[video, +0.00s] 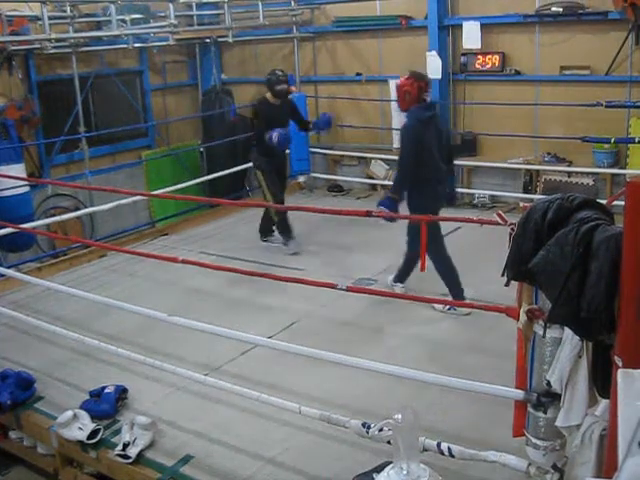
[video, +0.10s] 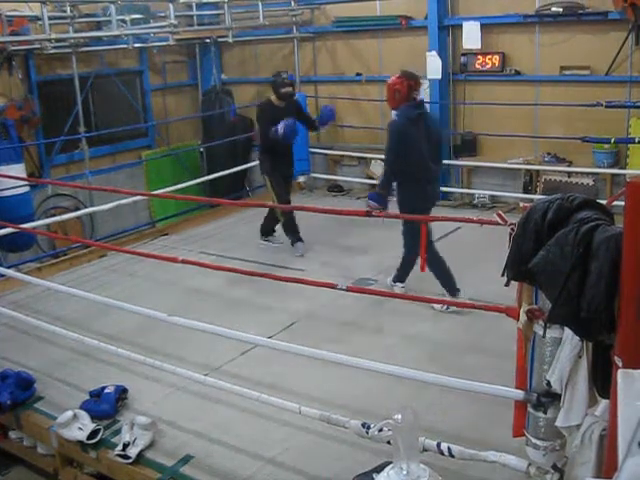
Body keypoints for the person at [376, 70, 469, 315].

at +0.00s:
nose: (398, 98)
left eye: (402, 93)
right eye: (399, 93)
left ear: (412, 96)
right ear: (421, 95)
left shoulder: (412, 125)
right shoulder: (434, 119)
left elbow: (405, 166)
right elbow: (447, 154)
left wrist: (392, 198)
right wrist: (449, 188)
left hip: (420, 192)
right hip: (435, 190)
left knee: (433, 245)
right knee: (416, 238)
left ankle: (458, 298)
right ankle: (398, 280)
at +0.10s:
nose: (387, 97)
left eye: (391, 92)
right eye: (388, 92)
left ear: (400, 94)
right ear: (411, 94)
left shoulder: (398, 124)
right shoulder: (426, 117)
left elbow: (391, 165)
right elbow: (437, 149)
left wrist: (380, 196)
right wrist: (432, 177)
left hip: (410, 190)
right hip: (428, 187)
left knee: (423, 243)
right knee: (411, 238)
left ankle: (454, 293)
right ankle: (398, 281)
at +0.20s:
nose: (378, 98)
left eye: (380, 93)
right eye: (378, 93)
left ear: (389, 94)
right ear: (403, 93)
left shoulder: (385, 123)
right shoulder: (422, 119)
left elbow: (379, 162)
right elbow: (426, 154)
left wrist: (368, 187)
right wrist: (416, 176)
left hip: (399, 187)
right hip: (422, 184)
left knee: (403, 242)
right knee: (412, 236)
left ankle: (440, 281)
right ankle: (397, 282)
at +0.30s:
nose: (368, 100)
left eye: (370, 95)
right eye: (369, 95)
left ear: (378, 96)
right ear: (394, 94)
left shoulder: (376, 123)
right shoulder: (413, 119)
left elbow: (367, 159)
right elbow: (417, 155)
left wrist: (357, 186)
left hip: (392, 187)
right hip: (416, 186)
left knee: (383, 238)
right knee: (408, 236)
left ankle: (419, 272)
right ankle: (398, 281)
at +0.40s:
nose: (359, 99)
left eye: (361, 95)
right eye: (360, 95)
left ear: (369, 96)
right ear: (385, 94)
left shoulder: (365, 124)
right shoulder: (405, 118)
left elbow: (358, 161)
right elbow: (407, 151)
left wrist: (348, 186)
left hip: (382, 185)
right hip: (408, 183)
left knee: (369, 232)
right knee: (405, 231)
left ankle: (393, 273)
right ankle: (401, 273)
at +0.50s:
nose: (351, 100)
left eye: (353, 96)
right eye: (352, 96)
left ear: (359, 97)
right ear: (378, 95)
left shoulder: (356, 124)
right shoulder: (397, 117)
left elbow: (350, 160)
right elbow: (397, 149)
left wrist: (342, 186)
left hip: (372, 185)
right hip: (398, 183)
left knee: (356, 227)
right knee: (400, 230)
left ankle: (361, 276)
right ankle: (398, 280)